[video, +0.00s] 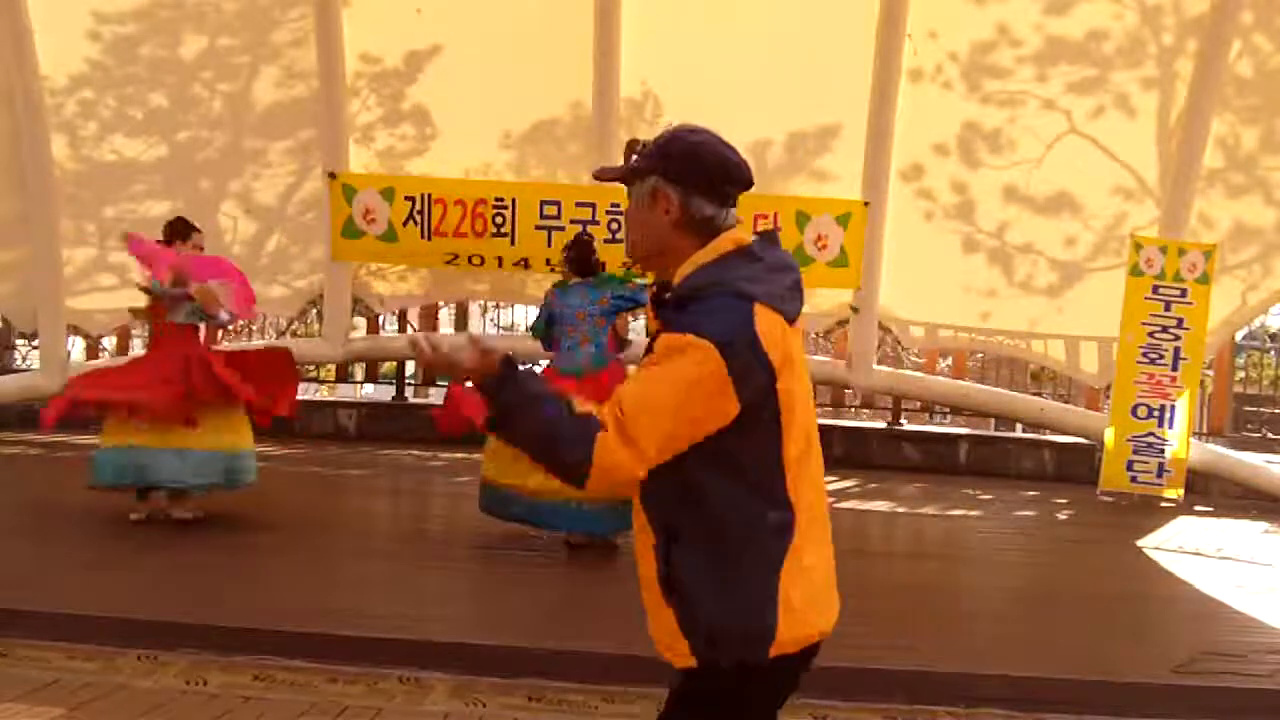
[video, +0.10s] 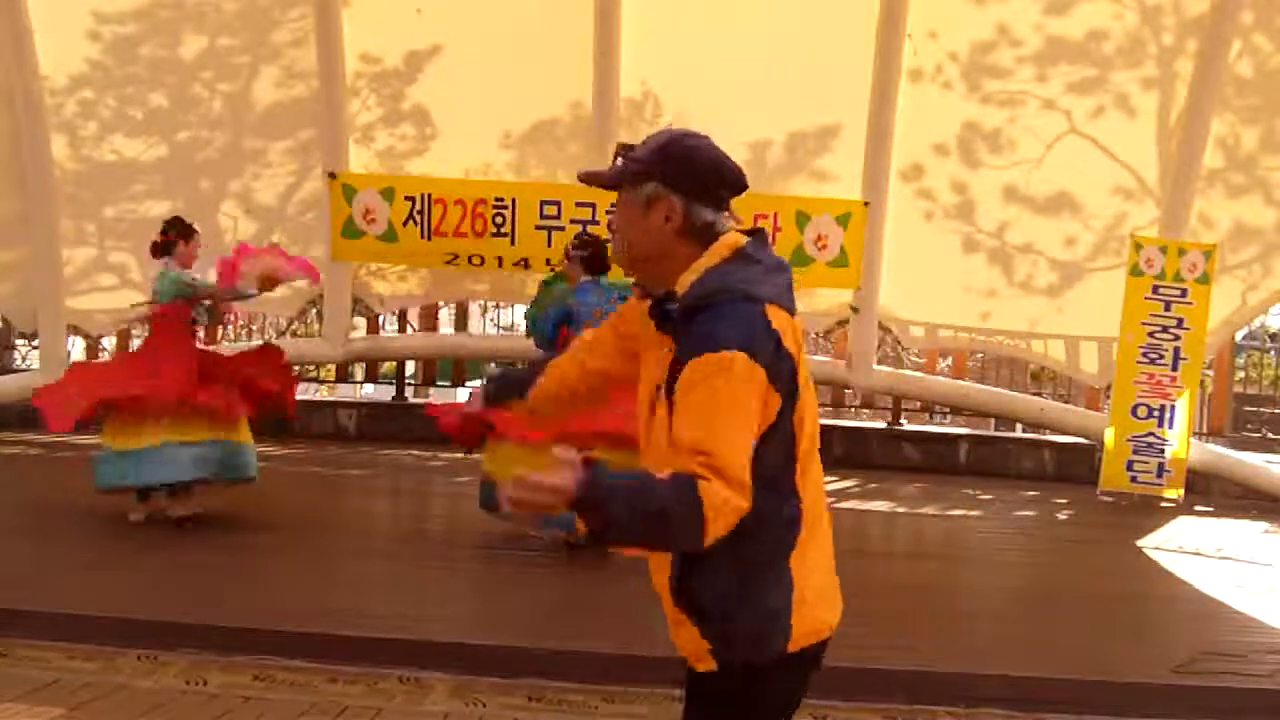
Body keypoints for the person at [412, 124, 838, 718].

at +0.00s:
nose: (624, 221)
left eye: (629, 201)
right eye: (625, 203)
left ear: (666, 206)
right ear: (674, 206)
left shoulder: (720, 322)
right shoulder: (729, 294)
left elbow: (606, 460)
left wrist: (496, 377)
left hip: (746, 627)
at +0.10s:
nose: (609, 221)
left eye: (619, 204)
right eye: (613, 203)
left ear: (665, 214)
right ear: (667, 215)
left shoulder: (730, 325)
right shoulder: (675, 300)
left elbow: (711, 499)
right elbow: (583, 371)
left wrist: (589, 492)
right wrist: (496, 408)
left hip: (758, 630)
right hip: (726, 617)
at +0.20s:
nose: (593, 207)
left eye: (607, 189)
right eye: (598, 190)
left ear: (657, 199)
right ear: (654, 201)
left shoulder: (741, 308)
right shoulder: (632, 298)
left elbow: (813, 472)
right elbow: (522, 330)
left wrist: (734, 552)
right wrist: (389, 337)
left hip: (763, 628)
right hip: (688, 618)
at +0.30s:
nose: (580, 193)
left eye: (594, 175)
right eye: (584, 177)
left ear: (648, 180)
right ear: (640, 182)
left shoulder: (745, 288)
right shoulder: (611, 279)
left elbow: (864, 415)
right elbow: (488, 303)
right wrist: (340, 286)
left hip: (743, 640)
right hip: (654, 629)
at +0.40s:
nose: (573, 174)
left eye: (587, 154)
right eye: (577, 156)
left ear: (643, 160)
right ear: (638, 160)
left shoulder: (746, 272)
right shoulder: (588, 269)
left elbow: (863, 384)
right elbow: (488, 277)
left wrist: (884, 499)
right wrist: (395, 241)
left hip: (725, 635)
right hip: (620, 628)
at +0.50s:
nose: (565, 179)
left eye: (582, 163)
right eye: (569, 164)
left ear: (644, 170)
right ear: (637, 171)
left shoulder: (741, 284)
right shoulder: (572, 274)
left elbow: (843, 403)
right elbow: (486, 294)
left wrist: (876, 509)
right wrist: (473, 234)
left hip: (710, 633)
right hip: (589, 630)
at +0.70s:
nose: (610, 167)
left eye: (634, 147)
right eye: (605, 148)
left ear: (697, 166)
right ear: (595, 154)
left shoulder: (747, 279)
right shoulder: (568, 257)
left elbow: (794, 421)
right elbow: (583, 279)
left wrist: (860, 505)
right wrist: (740, 239)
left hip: (701, 614)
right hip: (580, 613)